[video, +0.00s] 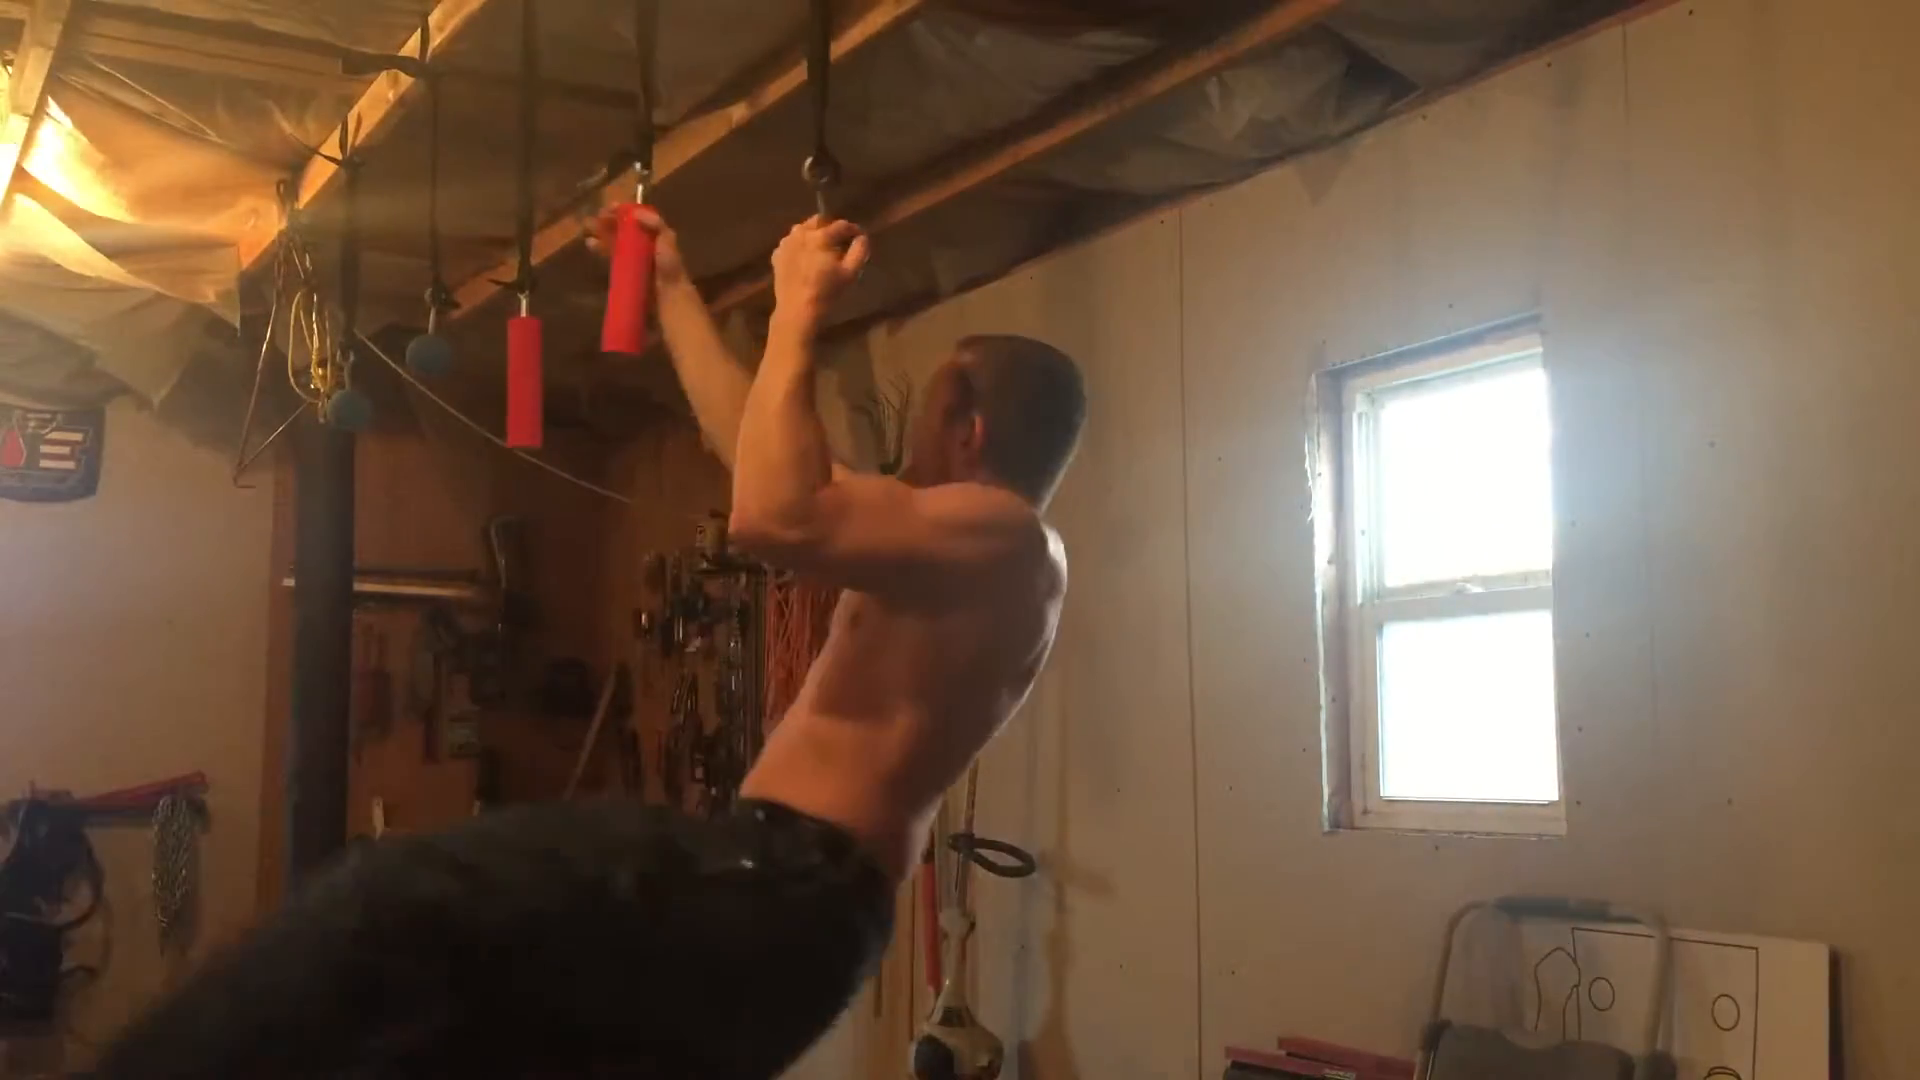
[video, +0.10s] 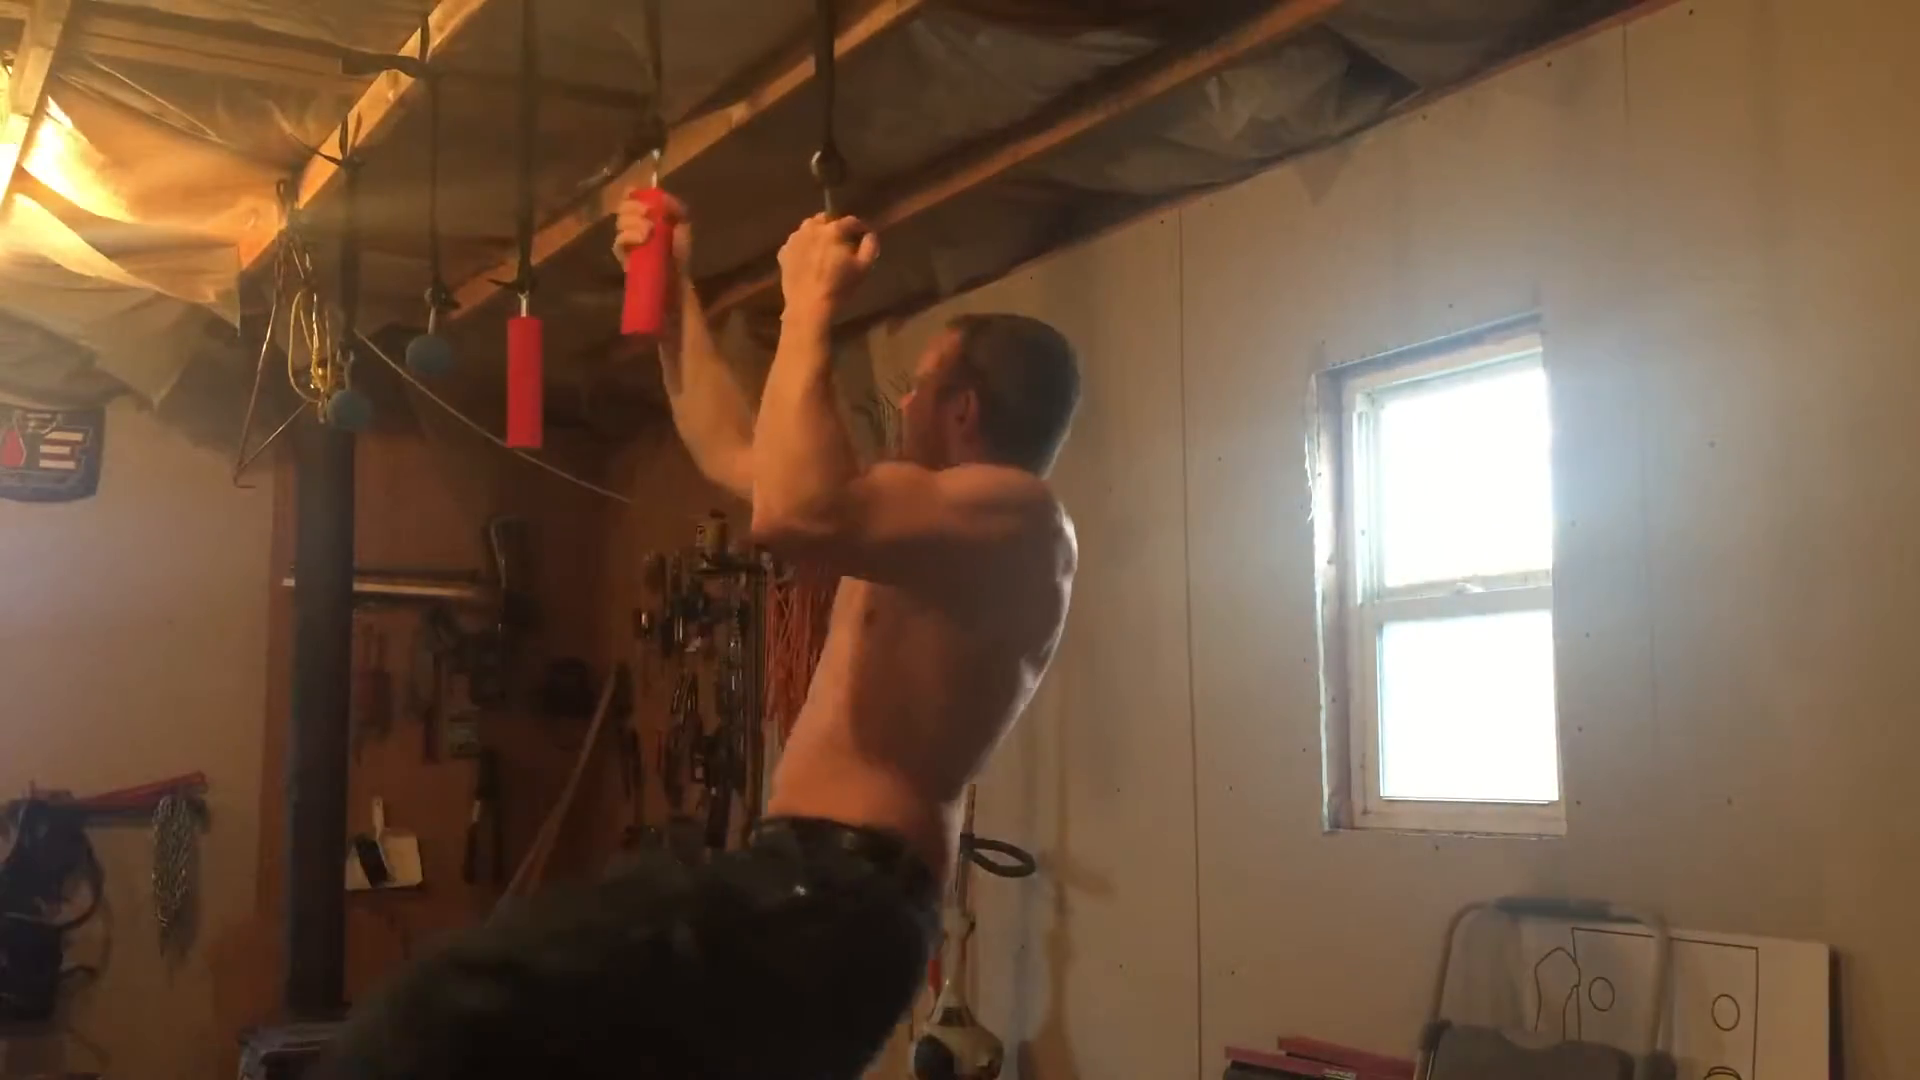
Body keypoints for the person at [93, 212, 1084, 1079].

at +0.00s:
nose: (917, 424)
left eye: (933, 404)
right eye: (924, 404)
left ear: (971, 413)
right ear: (1019, 436)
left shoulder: (1004, 534)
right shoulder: (966, 538)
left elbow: (778, 511)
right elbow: (761, 465)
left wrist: (798, 310)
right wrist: (670, 287)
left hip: (786, 885)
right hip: (781, 880)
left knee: (397, 908)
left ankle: (149, 1067)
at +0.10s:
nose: (899, 399)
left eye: (920, 383)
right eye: (910, 381)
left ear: (968, 408)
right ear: (978, 414)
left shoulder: (1014, 511)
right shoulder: (935, 504)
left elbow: (801, 506)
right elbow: (730, 451)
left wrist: (809, 311)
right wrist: (671, 288)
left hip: (843, 894)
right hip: (799, 875)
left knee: (460, 1005)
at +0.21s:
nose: (899, 390)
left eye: (918, 370)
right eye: (907, 370)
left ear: (970, 392)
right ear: (977, 398)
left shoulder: (1028, 491)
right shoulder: (918, 497)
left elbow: (821, 499)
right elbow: (719, 449)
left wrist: (823, 300)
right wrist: (675, 266)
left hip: (866, 899)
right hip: (819, 886)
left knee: (499, 1058)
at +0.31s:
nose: (890, 371)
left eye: (908, 352)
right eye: (896, 352)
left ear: (962, 372)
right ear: (965, 375)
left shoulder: (1035, 466)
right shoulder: (894, 468)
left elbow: (830, 486)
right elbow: (706, 443)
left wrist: (825, 284)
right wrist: (683, 260)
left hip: (885, 889)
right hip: (825, 879)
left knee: (613, 1063)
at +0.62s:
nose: (854, 313)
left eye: (884, 289)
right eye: (867, 286)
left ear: (959, 303)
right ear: (886, 302)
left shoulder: (1050, 407)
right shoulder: (830, 431)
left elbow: (963, 422)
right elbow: (658, 422)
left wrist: (911, 233)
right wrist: (660, 232)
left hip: (901, 824)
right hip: (778, 832)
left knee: (757, 1061)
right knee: (674, 1058)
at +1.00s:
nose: (801, 351)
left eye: (819, 325)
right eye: (810, 327)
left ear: (877, 338)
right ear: (864, 342)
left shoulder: (957, 466)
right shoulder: (772, 458)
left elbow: (1017, 439)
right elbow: (615, 437)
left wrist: (953, 250)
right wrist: (621, 243)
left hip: (830, 840)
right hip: (707, 848)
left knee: (696, 1060)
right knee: (619, 1059)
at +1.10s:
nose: (772, 374)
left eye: (787, 352)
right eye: (778, 353)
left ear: (844, 367)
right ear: (846, 368)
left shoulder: (925, 506)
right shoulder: (755, 476)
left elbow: (951, 454)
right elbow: (605, 445)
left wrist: (913, 263)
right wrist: (615, 257)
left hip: (788, 880)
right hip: (695, 876)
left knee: (575, 1061)